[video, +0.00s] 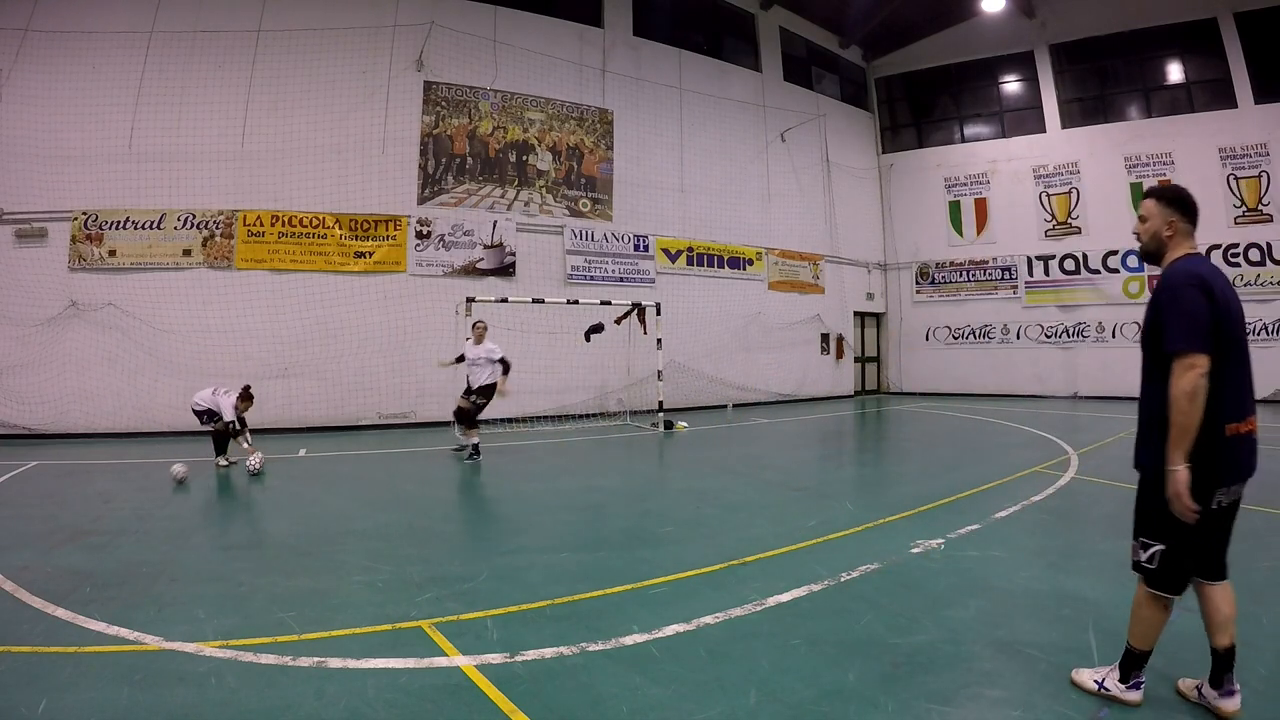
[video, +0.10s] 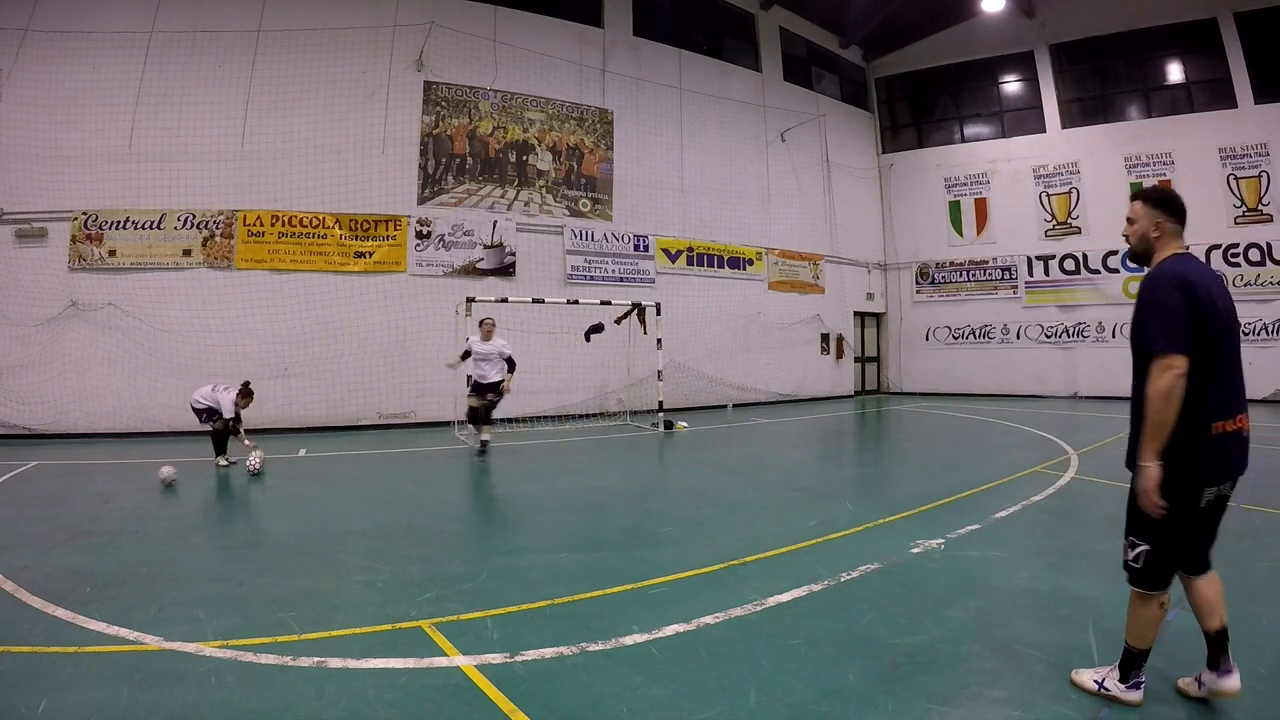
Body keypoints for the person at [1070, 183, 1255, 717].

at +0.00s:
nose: (1135, 229)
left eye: (1143, 220)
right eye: (1136, 220)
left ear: (1171, 225)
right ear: (1177, 227)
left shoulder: (1182, 283)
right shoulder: (1207, 277)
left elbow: (1192, 373)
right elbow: (1211, 373)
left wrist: (1176, 461)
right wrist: (1182, 455)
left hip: (1184, 462)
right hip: (1220, 459)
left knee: (1157, 576)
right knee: (1210, 570)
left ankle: (1127, 677)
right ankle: (1223, 685)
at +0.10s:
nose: (1125, 232)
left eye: (1131, 222)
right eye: (1127, 222)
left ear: (1159, 227)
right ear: (1170, 228)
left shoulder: (1164, 282)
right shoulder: (1204, 276)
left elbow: (1170, 370)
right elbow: (1214, 368)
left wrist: (1147, 457)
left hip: (1180, 455)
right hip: (1218, 452)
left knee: (1149, 571)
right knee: (1194, 559)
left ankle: (1127, 677)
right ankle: (1221, 669)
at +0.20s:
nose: (1118, 235)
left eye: (1125, 225)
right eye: (1120, 225)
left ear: (1150, 228)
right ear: (1166, 228)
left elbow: (1150, 372)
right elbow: (1214, 364)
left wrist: (1121, 452)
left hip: (1173, 449)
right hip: (1216, 444)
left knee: (1145, 564)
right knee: (1183, 544)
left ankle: (1128, 676)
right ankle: (1220, 649)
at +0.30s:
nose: (1116, 236)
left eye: (1122, 226)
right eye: (1118, 226)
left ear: (1147, 229)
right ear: (1165, 229)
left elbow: (1139, 372)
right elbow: (1213, 361)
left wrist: (1097, 445)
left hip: (1164, 450)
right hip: (1211, 444)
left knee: (1143, 563)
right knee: (1182, 541)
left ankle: (1128, 676)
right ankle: (1210, 643)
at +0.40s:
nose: (1118, 237)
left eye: (1124, 228)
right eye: (1120, 227)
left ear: (1147, 231)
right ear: (1165, 231)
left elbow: (1137, 372)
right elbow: (1214, 362)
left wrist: (1090, 440)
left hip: (1163, 449)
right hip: (1208, 444)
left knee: (1144, 564)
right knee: (1187, 543)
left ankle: (1127, 676)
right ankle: (1193, 638)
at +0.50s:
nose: (1123, 239)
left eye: (1129, 230)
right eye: (1125, 230)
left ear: (1152, 234)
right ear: (1169, 235)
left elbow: (1142, 373)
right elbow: (1214, 362)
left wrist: (1096, 438)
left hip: (1165, 449)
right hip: (1207, 444)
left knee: (1145, 565)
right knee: (1188, 545)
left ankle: (1127, 676)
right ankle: (1185, 636)